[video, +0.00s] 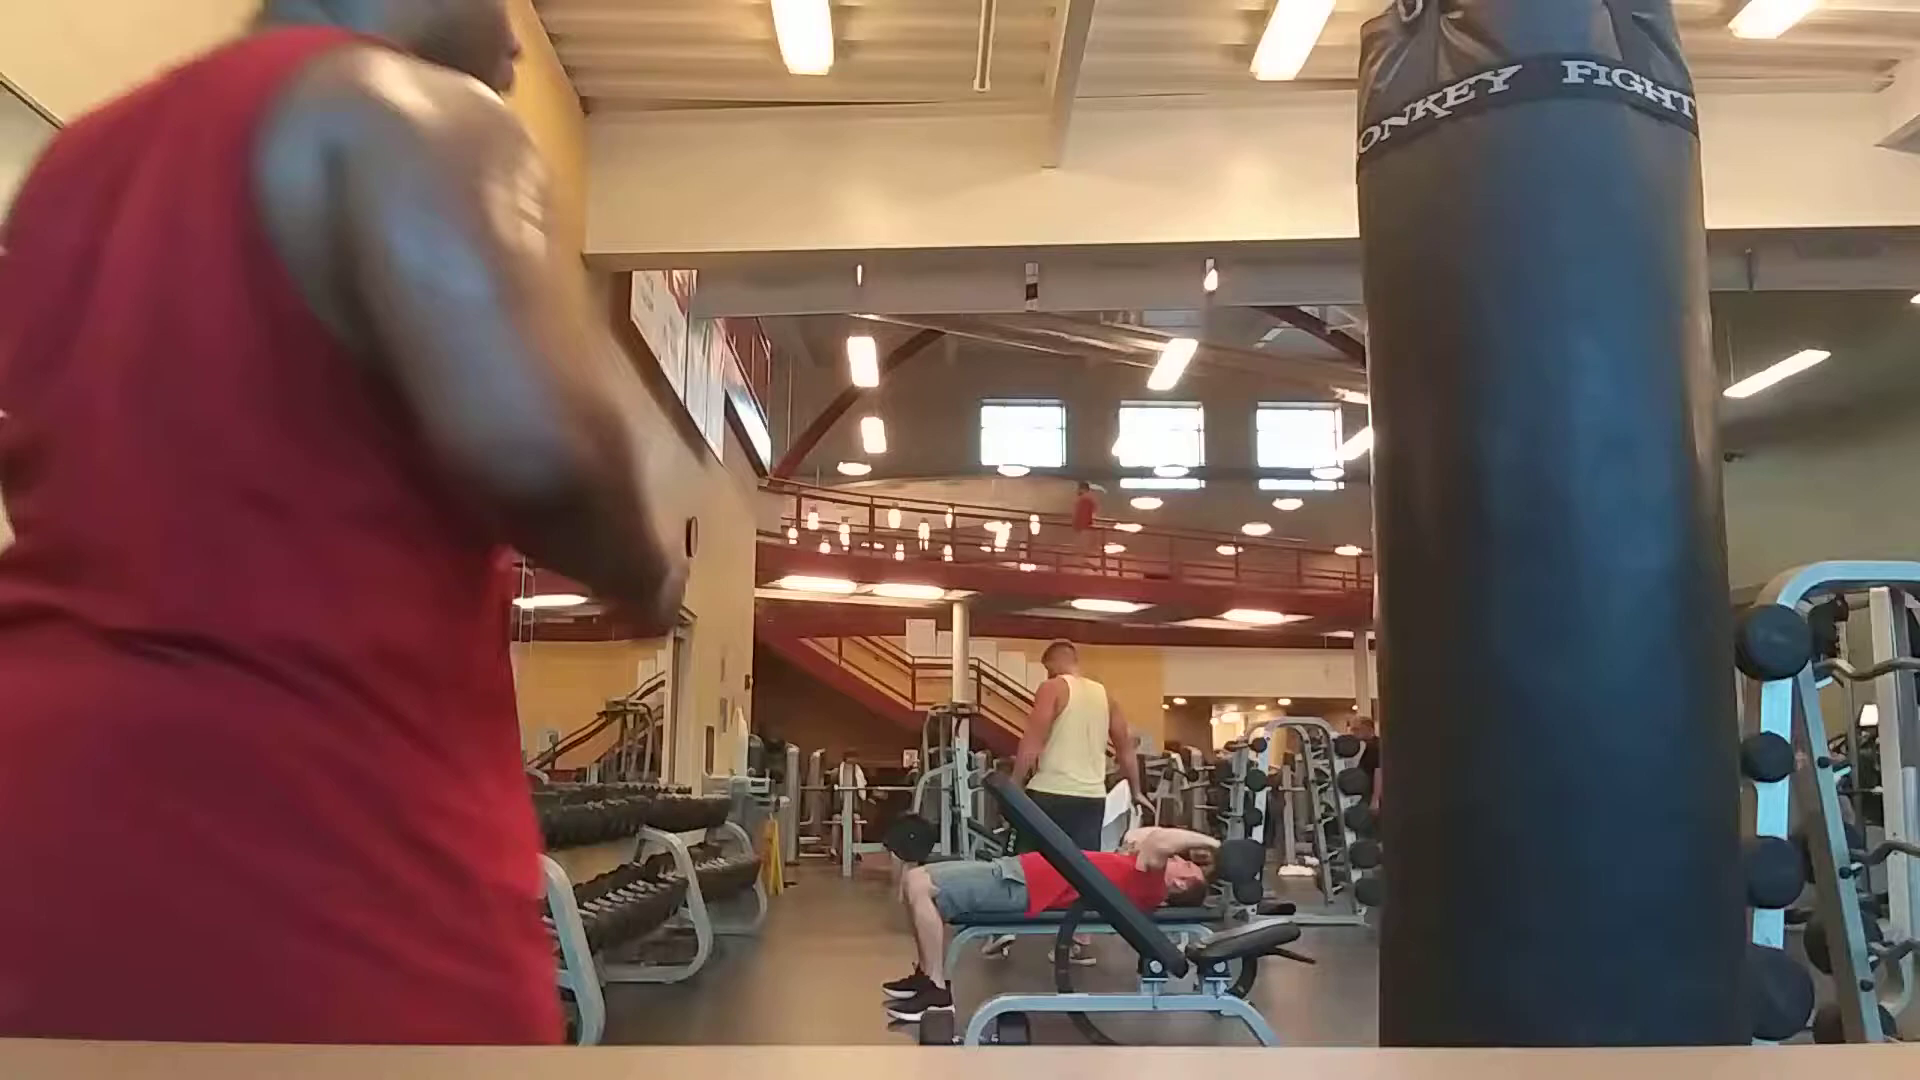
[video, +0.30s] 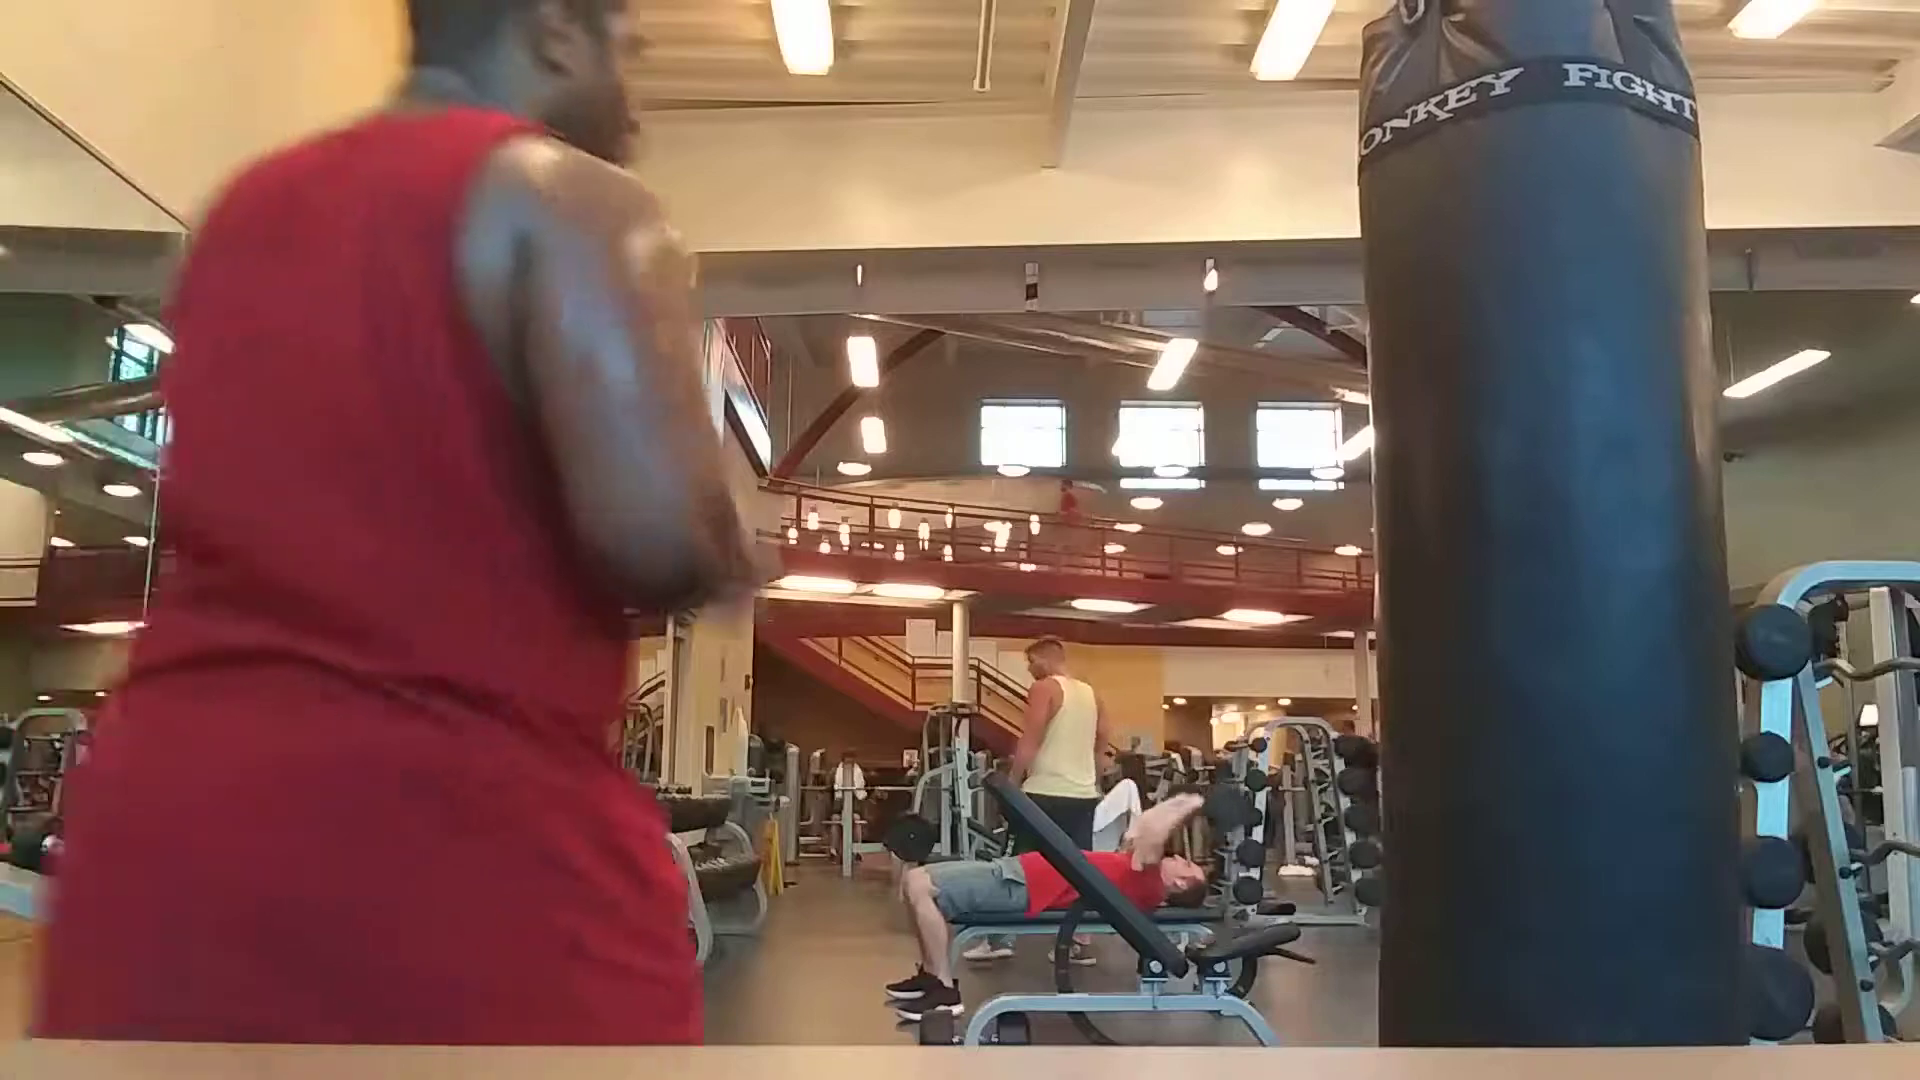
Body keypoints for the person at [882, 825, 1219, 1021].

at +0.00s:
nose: (1186, 864)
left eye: (1191, 872)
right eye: (1192, 863)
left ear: (1182, 885)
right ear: (1182, 861)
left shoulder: (1149, 887)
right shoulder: (1144, 871)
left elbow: (1156, 838)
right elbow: (1137, 837)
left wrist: (1212, 844)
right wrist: (1188, 839)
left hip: (1025, 884)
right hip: (1019, 869)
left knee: (921, 885)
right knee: (914, 875)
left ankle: (937, 990)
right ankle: (925, 975)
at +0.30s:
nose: (1183, 862)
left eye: (1188, 869)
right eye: (1189, 862)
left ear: (1179, 885)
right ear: (1176, 871)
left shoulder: (1146, 887)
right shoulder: (1138, 873)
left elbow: (1150, 830)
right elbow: (1142, 825)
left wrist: (1190, 802)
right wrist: (1180, 804)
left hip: (1022, 885)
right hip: (1016, 870)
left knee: (920, 884)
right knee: (914, 877)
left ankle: (945, 989)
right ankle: (929, 974)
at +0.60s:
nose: (1185, 863)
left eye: (1190, 872)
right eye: (1190, 864)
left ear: (1179, 886)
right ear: (1177, 867)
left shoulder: (1148, 886)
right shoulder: (1141, 868)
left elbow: (1157, 830)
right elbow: (1141, 826)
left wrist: (1165, 775)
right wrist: (1155, 772)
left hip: (1024, 886)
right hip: (1017, 870)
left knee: (921, 887)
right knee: (914, 878)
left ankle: (944, 989)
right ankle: (928, 976)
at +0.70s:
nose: (1184, 862)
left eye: (1189, 871)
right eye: (1190, 863)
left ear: (1179, 886)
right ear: (1176, 867)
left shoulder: (1147, 886)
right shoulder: (1139, 866)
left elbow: (1156, 826)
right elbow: (1136, 822)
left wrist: (1163, 775)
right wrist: (1145, 770)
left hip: (1022, 888)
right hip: (1015, 870)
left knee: (920, 888)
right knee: (915, 878)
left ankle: (944, 988)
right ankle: (928, 975)